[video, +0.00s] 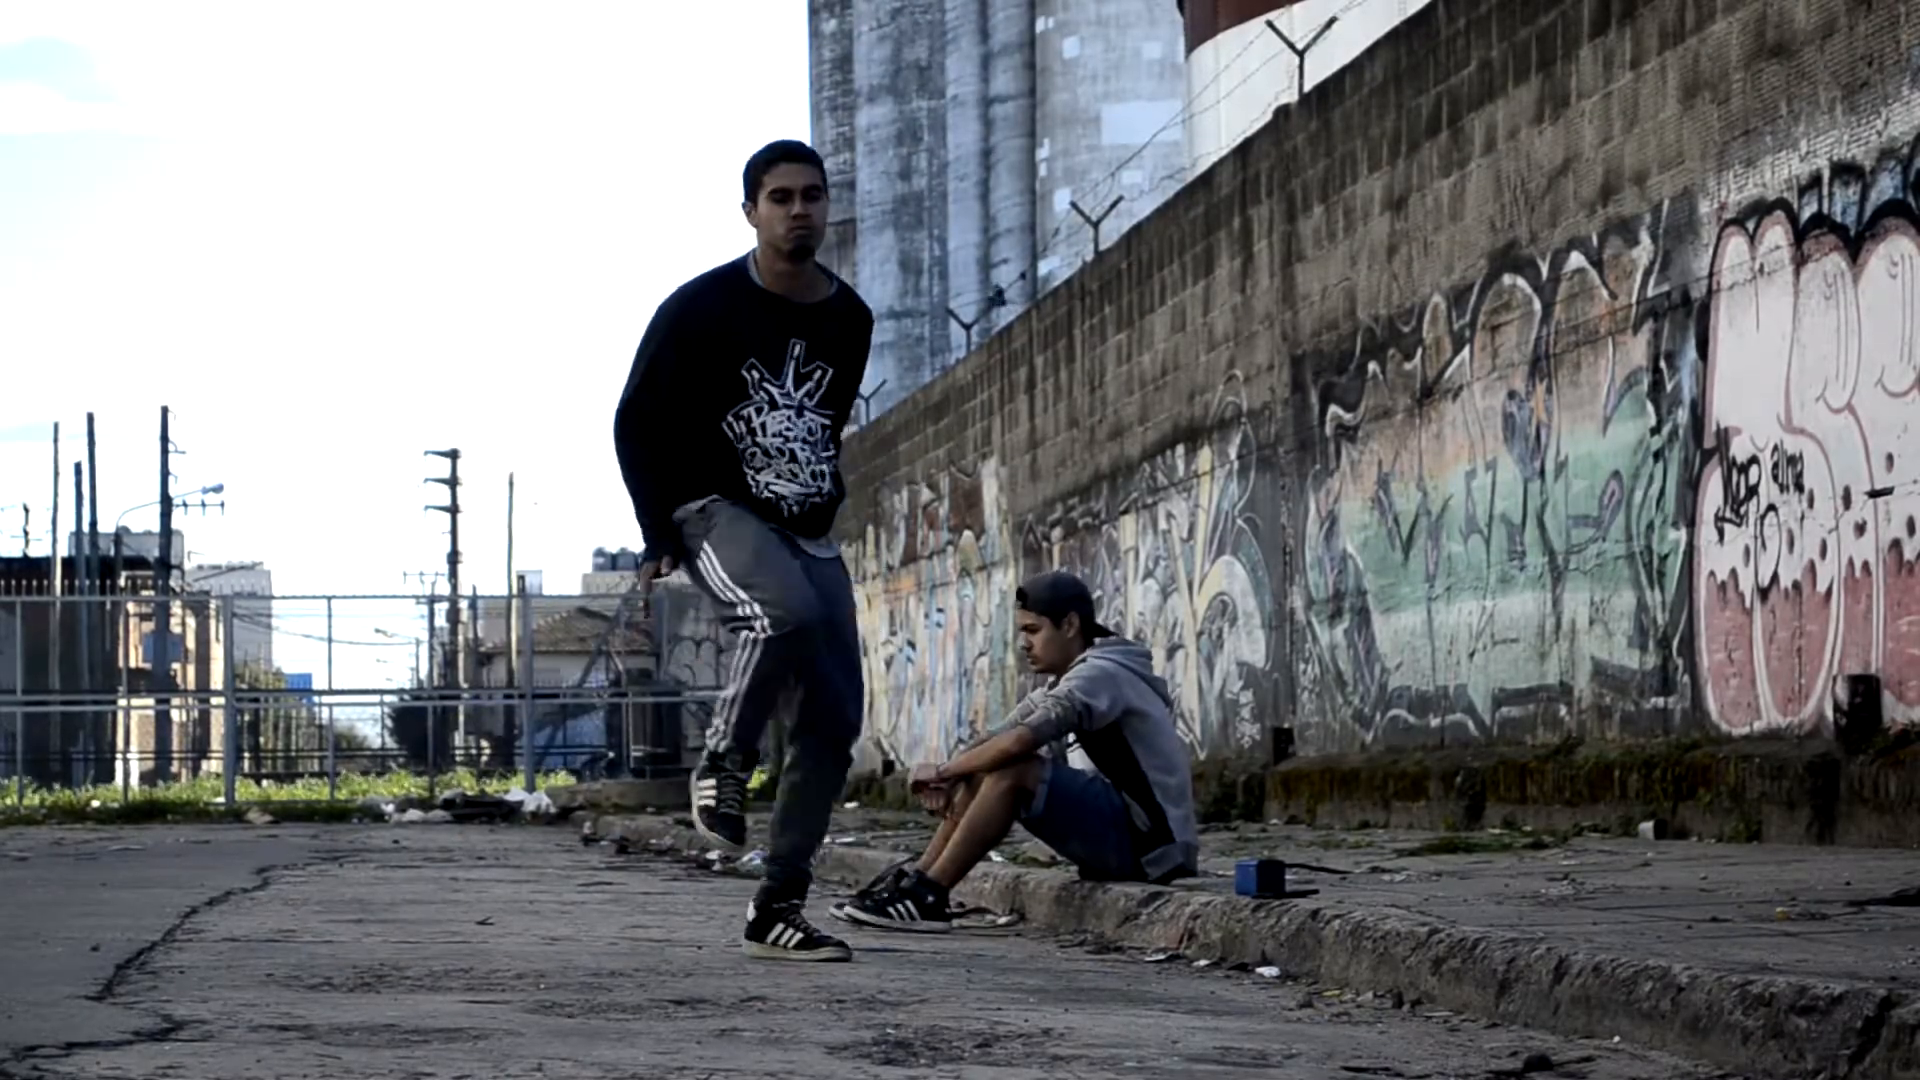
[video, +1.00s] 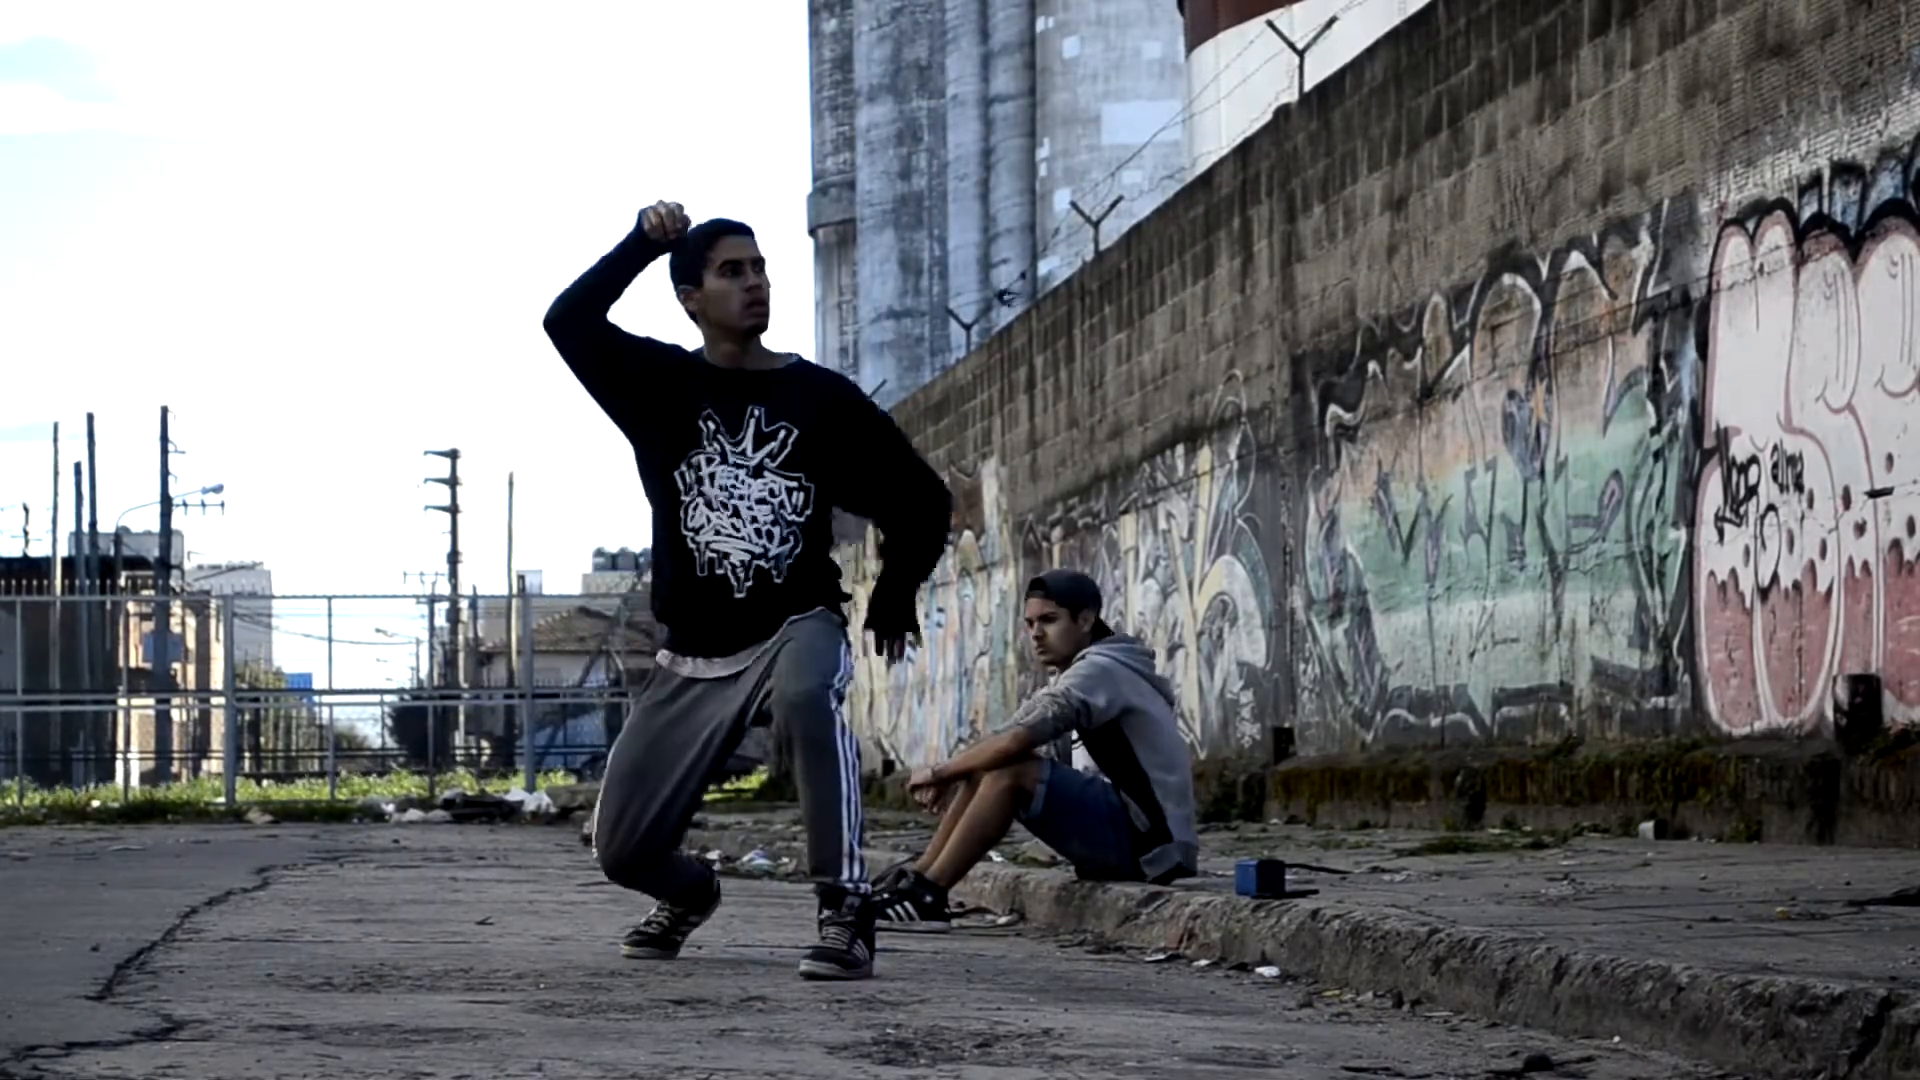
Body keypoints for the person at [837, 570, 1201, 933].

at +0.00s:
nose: (1024, 644)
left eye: (1032, 631)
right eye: (1021, 633)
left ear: (1070, 626)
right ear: (1066, 628)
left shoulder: (1101, 671)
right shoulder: (1071, 676)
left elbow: (1021, 740)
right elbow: (1002, 733)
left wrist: (946, 770)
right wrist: (946, 772)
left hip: (1151, 845)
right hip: (1122, 835)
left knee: (1015, 771)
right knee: (986, 765)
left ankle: (932, 895)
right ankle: (914, 884)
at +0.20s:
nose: (1037, 636)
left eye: (1047, 623)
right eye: (1034, 625)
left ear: (1086, 621)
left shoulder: (1109, 668)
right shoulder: (1078, 670)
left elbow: (1023, 737)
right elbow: (1013, 725)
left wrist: (948, 768)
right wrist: (951, 767)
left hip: (1149, 845)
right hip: (1121, 836)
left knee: (1016, 767)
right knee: (989, 764)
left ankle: (933, 895)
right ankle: (913, 884)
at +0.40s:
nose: (1040, 642)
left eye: (1052, 629)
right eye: (1034, 629)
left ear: (1090, 624)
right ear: (1030, 626)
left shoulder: (1110, 670)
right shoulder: (1071, 673)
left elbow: (1024, 742)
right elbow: (1005, 730)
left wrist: (944, 773)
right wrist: (943, 773)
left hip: (1147, 844)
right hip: (1118, 834)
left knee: (1015, 770)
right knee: (985, 763)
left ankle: (932, 895)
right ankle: (914, 883)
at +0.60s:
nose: (1039, 654)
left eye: (1049, 640)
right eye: (1031, 641)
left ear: (1087, 631)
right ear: (1026, 637)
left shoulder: (1110, 675)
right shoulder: (1067, 680)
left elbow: (1022, 746)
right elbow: (998, 733)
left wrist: (942, 773)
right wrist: (944, 773)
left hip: (1149, 845)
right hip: (1118, 836)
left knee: (1015, 770)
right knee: (985, 763)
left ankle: (932, 895)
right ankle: (913, 883)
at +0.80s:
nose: (1040, 646)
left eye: (1051, 632)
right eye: (1034, 634)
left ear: (1089, 626)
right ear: (1030, 630)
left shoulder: (1109, 671)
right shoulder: (1078, 673)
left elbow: (1023, 741)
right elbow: (1010, 729)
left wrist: (942, 772)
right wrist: (952, 771)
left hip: (1149, 843)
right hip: (1122, 833)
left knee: (1012, 772)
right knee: (985, 765)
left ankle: (932, 895)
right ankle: (917, 882)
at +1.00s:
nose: (1035, 634)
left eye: (1047, 621)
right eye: (1030, 624)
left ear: (1085, 621)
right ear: (1026, 624)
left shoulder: (1103, 666)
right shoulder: (1081, 668)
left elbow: (1018, 741)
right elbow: (1012, 736)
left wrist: (940, 772)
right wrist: (948, 773)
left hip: (1149, 844)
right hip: (1123, 835)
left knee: (1011, 772)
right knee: (987, 766)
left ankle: (934, 893)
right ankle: (917, 879)